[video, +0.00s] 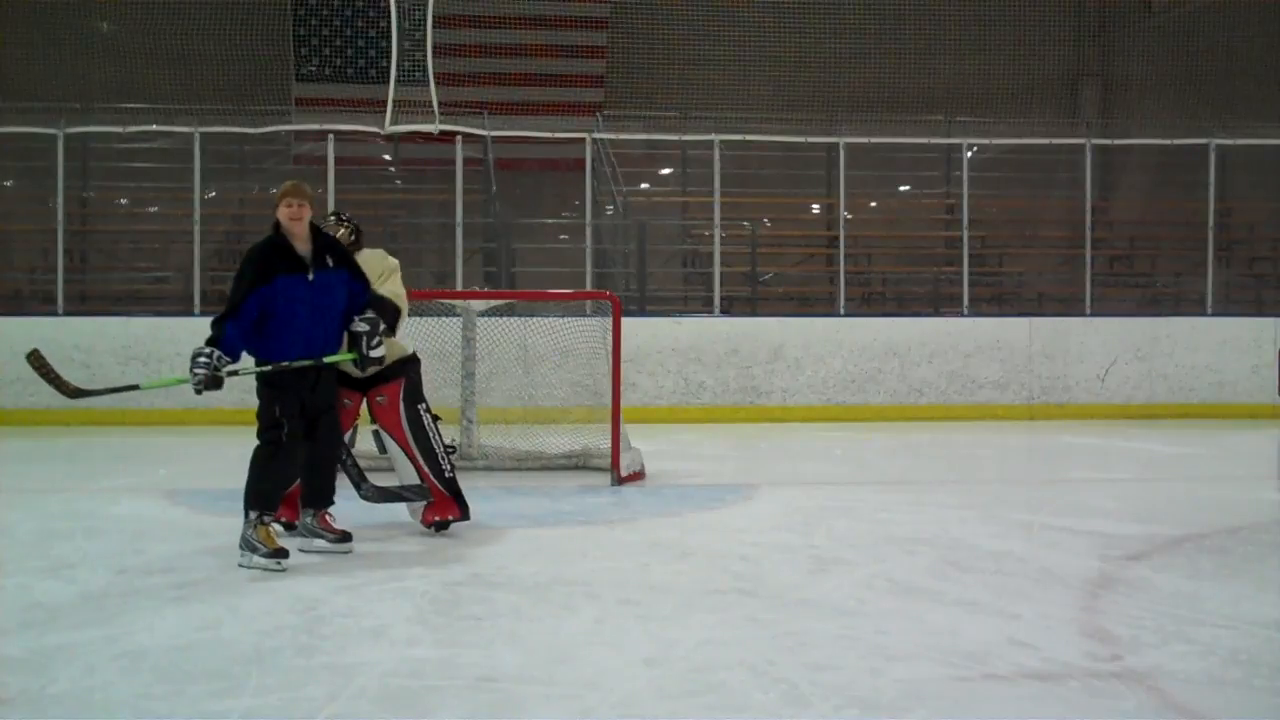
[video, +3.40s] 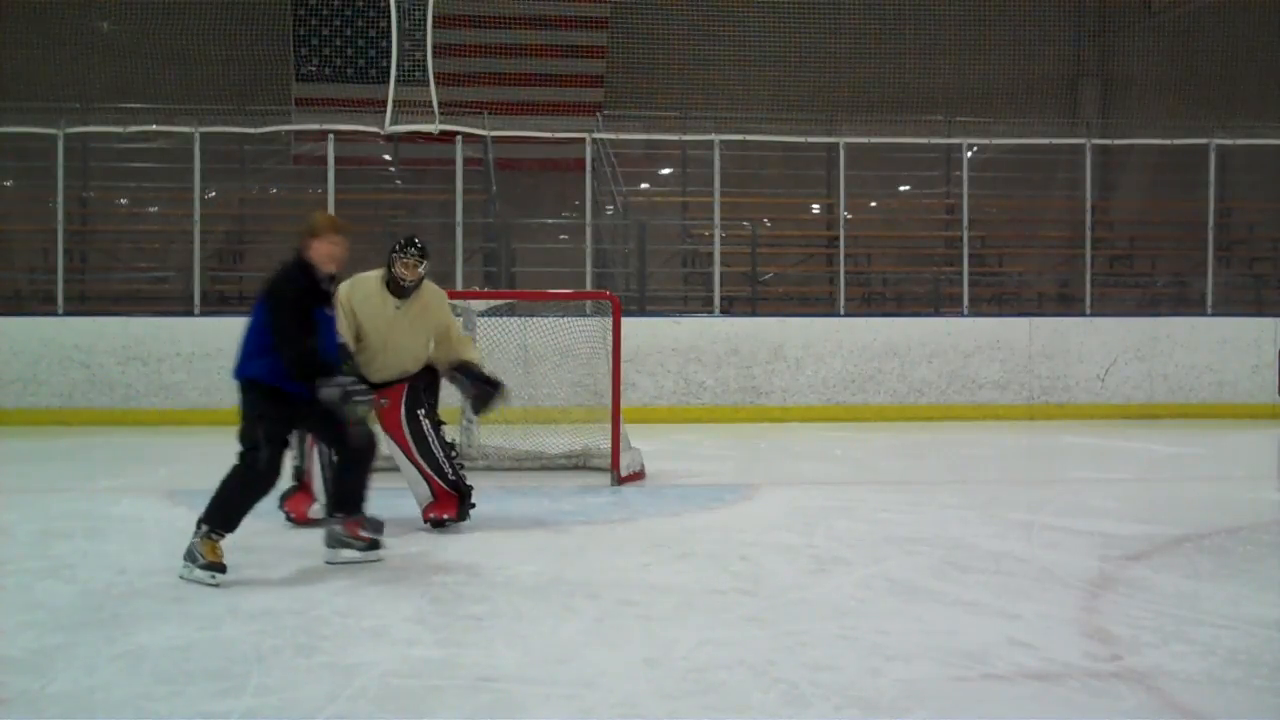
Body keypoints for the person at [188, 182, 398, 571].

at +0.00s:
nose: (295, 211)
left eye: (301, 205)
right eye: (288, 205)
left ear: (312, 210)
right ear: (277, 212)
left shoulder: (333, 253)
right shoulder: (262, 257)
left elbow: (365, 300)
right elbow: (237, 313)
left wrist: (369, 328)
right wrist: (214, 354)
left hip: (322, 367)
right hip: (278, 371)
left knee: (325, 442)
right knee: (279, 445)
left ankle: (313, 516)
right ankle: (257, 526)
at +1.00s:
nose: (286, 227)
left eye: (290, 220)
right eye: (280, 219)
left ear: (291, 222)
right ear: (258, 217)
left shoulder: (298, 257)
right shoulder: (226, 256)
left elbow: (320, 300)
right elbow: (199, 311)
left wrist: (315, 330)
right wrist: (195, 354)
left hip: (284, 365)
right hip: (235, 367)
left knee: (295, 436)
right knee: (228, 439)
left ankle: (306, 507)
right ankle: (205, 513)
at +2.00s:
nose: (230, 219)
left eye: (237, 214)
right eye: (226, 213)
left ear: (252, 220)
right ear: (219, 217)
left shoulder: (273, 258)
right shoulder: (198, 258)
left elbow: (299, 306)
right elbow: (176, 312)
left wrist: (301, 330)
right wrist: (159, 352)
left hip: (261, 362)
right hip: (210, 363)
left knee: (272, 431)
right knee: (201, 433)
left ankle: (293, 500)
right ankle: (186, 506)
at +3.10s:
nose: (247, 225)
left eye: (254, 219)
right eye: (241, 218)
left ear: (266, 224)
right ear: (231, 222)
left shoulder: (276, 263)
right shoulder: (209, 265)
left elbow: (294, 308)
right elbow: (191, 327)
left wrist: (309, 328)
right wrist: (203, 373)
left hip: (267, 374)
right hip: (220, 378)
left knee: (286, 444)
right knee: (211, 452)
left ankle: (290, 517)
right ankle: (184, 532)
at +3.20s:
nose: (268, 228)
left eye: (276, 222)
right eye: (262, 220)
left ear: (286, 228)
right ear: (249, 223)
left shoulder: (288, 266)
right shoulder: (227, 265)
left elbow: (299, 312)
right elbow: (214, 328)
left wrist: (316, 326)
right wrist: (230, 377)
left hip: (279, 374)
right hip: (232, 376)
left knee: (304, 442)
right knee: (230, 454)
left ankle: (298, 522)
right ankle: (193, 535)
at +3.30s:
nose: (300, 238)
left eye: (306, 231)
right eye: (293, 230)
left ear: (311, 237)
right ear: (274, 232)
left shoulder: (303, 278)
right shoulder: (253, 274)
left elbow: (305, 329)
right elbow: (243, 339)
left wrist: (322, 353)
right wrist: (268, 378)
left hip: (291, 380)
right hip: (246, 380)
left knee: (330, 441)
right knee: (244, 456)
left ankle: (316, 525)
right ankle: (200, 535)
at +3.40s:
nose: (335, 253)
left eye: (340, 246)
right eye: (328, 244)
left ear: (344, 251)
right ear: (309, 245)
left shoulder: (319, 288)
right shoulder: (290, 282)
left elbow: (325, 344)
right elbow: (295, 349)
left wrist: (347, 374)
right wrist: (329, 378)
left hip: (302, 389)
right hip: (266, 388)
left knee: (356, 441)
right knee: (261, 464)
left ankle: (343, 524)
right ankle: (207, 537)